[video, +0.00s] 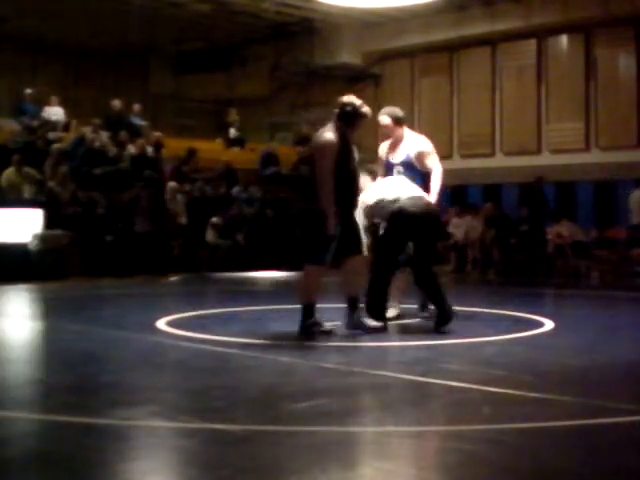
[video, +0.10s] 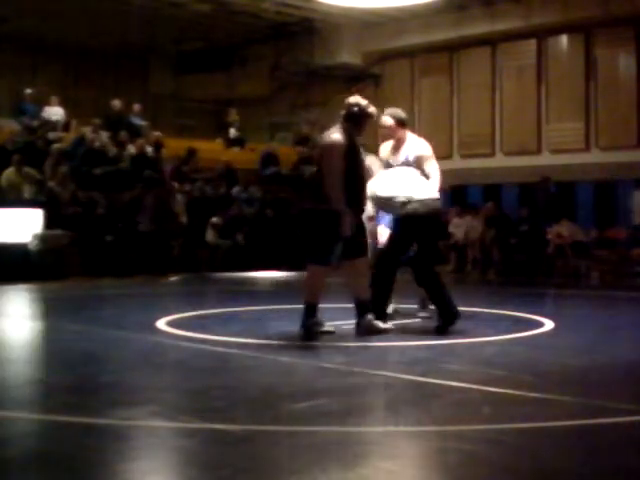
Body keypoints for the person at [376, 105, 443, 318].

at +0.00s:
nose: (382, 131)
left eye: (385, 127)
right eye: (380, 127)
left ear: (398, 125)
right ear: (384, 126)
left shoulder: (419, 143)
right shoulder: (384, 147)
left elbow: (436, 168)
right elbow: (381, 177)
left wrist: (433, 198)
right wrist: (377, 199)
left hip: (420, 210)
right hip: (394, 209)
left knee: (421, 258)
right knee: (394, 258)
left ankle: (429, 300)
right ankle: (394, 304)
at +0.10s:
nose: (386, 132)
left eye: (389, 128)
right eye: (384, 128)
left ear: (400, 126)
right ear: (385, 128)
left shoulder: (419, 146)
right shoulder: (386, 149)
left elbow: (434, 177)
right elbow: (382, 180)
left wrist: (427, 196)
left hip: (423, 215)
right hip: (401, 215)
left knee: (423, 267)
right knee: (384, 263)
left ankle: (447, 312)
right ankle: (377, 312)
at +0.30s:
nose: (388, 154)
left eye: (388, 149)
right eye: (387, 149)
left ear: (397, 145)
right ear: (411, 141)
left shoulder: (401, 164)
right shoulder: (436, 157)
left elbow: (396, 196)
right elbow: (450, 188)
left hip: (428, 212)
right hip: (451, 208)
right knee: (438, 268)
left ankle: (451, 323)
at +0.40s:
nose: (401, 132)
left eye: (404, 128)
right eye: (402, 128)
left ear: (414, 130)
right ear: (426, 131)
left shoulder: (412, 152)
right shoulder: (446, 149)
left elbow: (421, 182)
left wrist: (409, 201)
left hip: (440, 205)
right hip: (464, 203)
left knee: (418, 261)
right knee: (447, 266)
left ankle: (402, 315)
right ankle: (451, 322)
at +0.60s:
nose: (430, 116)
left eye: (434, 112)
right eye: (432, 111)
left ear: (445, 116)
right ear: (453, 117)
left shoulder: (444, 140)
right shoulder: (465, 142)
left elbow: (445, 173)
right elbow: (463, 180)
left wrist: (427, 186)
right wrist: (438, 192)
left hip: (454, 208)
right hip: (468, 208)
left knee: (447, 264)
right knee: (454, 264)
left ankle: (453, 319)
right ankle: (474, 307)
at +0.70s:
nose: (447, 114)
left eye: (452, 111)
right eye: (449, 110)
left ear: (464, 117)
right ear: (468, 119)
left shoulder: (462, 144)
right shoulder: (470, 143)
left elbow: (462, 178)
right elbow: (469, 183)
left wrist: (441, 185)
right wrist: (449, 197)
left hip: (470, 212)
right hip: (472, 211)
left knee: (457, 267)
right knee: (459, 267)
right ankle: (452, 321)